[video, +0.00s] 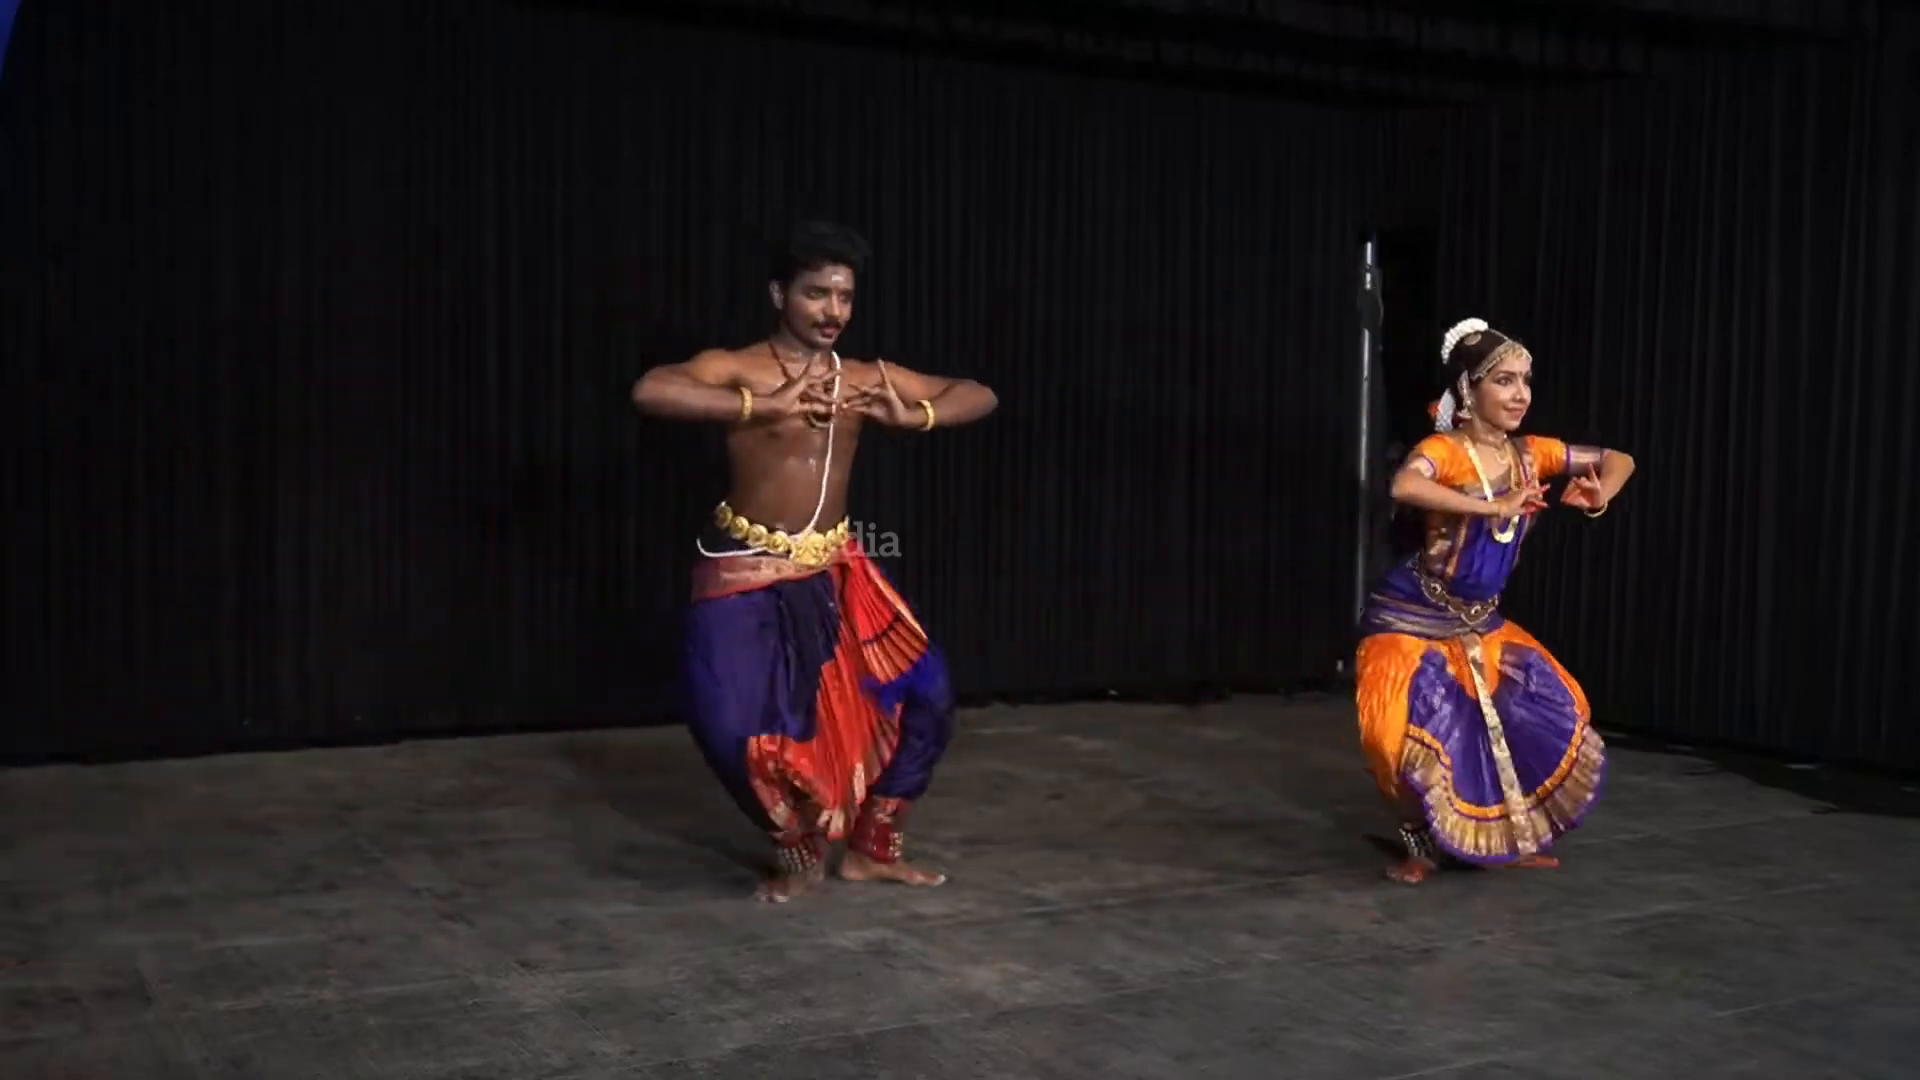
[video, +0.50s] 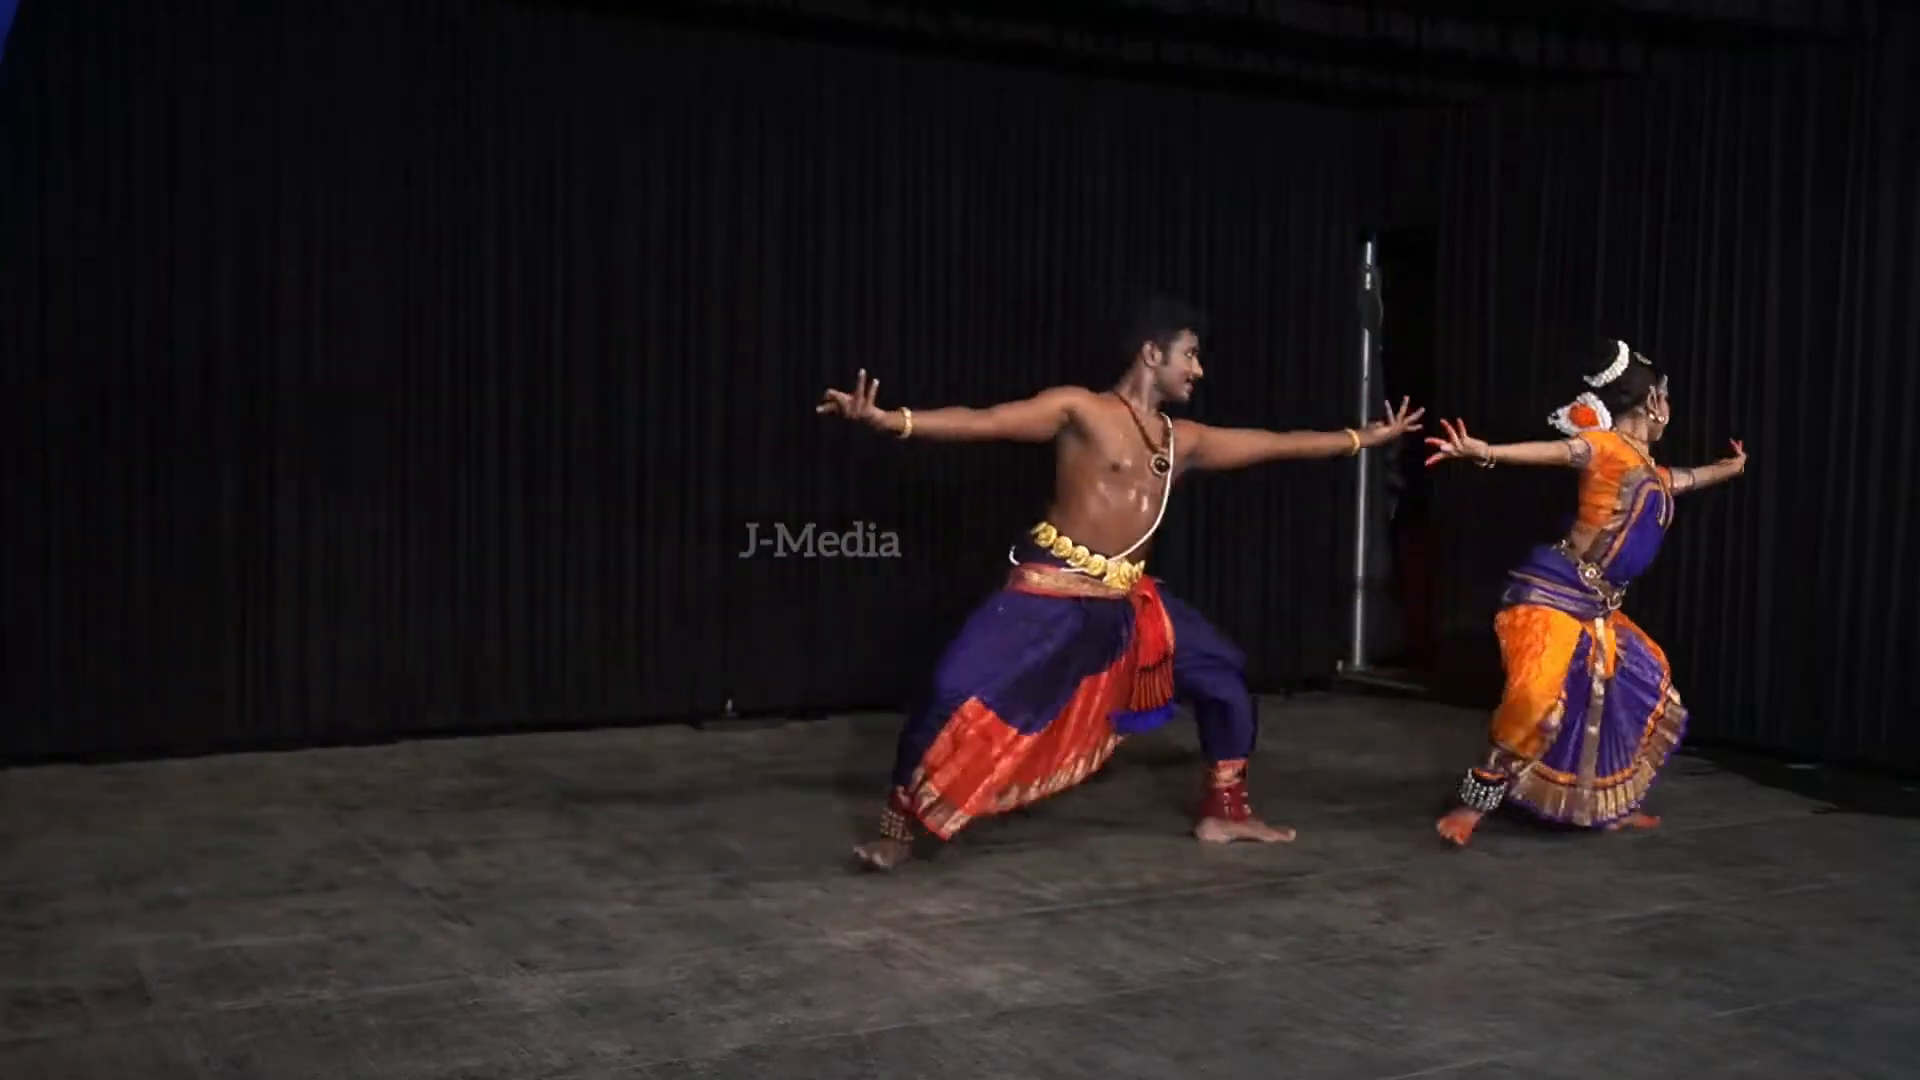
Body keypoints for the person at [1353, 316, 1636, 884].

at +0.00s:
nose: (1521, 394)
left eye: (1526, 381)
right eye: (1505, 381)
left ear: (1530, 389)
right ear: (1468, 390)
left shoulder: (1532, 454)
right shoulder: (1443, 450)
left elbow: (1620, 460)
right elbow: (1405, 486)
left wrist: (1601, 490)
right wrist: (1491, 506)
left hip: (1482, 628)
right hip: (1410, 624)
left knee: (1561, 710)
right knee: (1387, 731)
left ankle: (1512, 832)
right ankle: (1419, 843)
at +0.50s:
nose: (1669, 407)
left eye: (1666, 398)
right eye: (1665, 398)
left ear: (1637, 406)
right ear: (1650, 405)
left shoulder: (1653, 472)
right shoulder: (1605, 446)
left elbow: (1690, 478)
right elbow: (1553, 452)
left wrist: (1735, 467)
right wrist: (1488, 451)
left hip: (1599, 612)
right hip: (1551, 598)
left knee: (1651, 690)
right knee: (1535, 696)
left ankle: (1606, 802)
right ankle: (1476, 803)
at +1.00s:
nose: (1700, 407)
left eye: (1698, 398)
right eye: (1697, 398)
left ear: (1673, 406)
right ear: (1683, 404)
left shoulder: (1683, 462)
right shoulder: (1650, 435)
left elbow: (1706, 473)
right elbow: (1622, 440)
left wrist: (1748, 460)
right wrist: (1585, 444)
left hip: (1632, 600)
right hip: (1589, 595)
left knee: (1688, 675)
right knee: (1625, 708)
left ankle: (1636, 787)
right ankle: (1599, 772)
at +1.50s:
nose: (1651, 362)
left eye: (1656, 352)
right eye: (1637, 350)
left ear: (1658, 364)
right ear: (1602, 360)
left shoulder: (1652, 430)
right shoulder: (1577, 421)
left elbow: (1718, 441)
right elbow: (1544, 462)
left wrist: (1724, 456)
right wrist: (1621, 494)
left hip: (1600, 588)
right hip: (1540, 580)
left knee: (1656, 666)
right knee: (1522, 685)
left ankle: (1647, 795)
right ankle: (1522, 830)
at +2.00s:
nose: (1507, 336)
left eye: (1509, 325)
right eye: (1491, 324)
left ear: (1506, 341)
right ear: (1453, 338)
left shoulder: (1509, 419)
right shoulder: (1424, 402)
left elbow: (1590, 437)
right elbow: (1387, 434)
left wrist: (1586, 454)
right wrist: (1470, 467)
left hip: (1457, 592)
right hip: (1395, 582)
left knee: (1469, 717)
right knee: (1415, 707)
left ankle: (1358, 827)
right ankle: (1453, 825)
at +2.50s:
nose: (1410, 355)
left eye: (1416, 344)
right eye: (1394, 342)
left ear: (1421, 357)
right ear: (1358, 354)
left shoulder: (1426, 438)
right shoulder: (1327, 424)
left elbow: (1517, 492)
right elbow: (1304, 494)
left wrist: (1489, 487)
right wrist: (1389, 496)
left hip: (1373, 609)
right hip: (1295, 600)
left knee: (1412, 714)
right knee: (1251, 709)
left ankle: (1341, 851)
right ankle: (1265, 847)